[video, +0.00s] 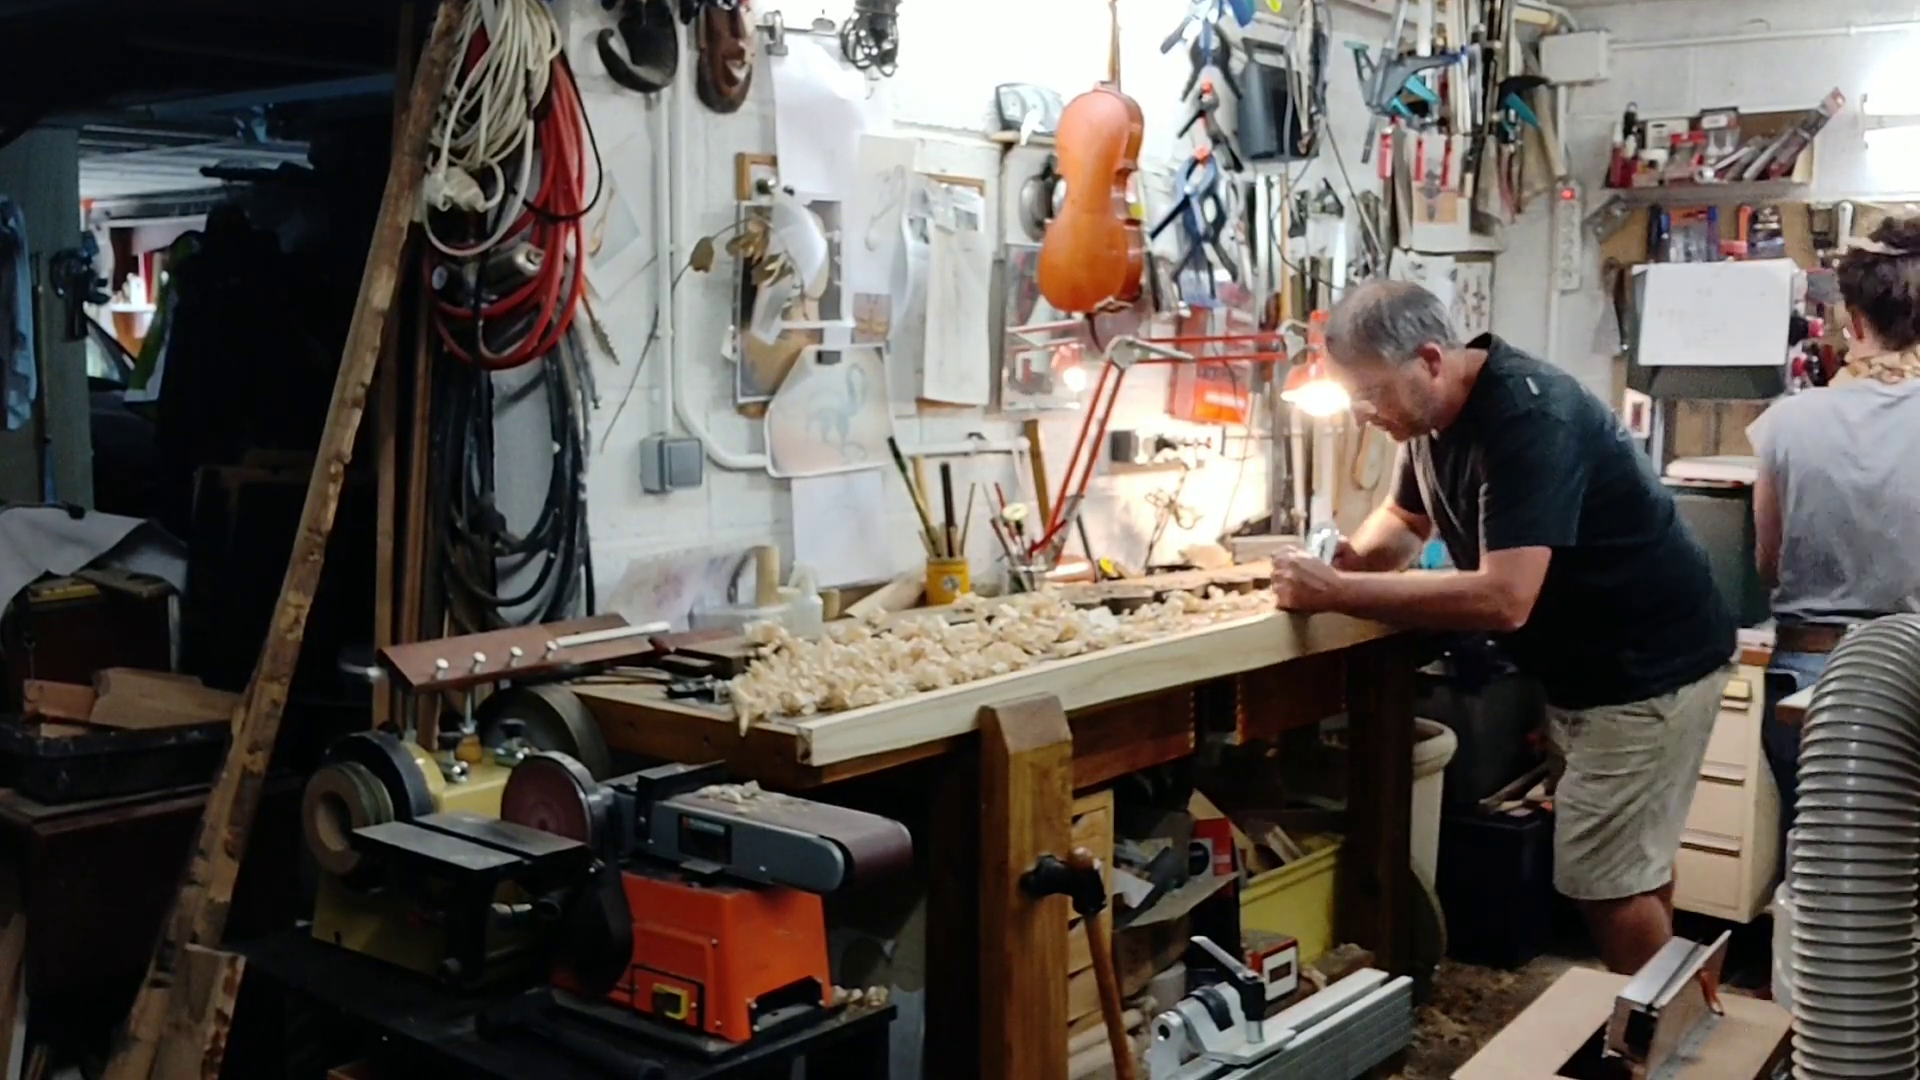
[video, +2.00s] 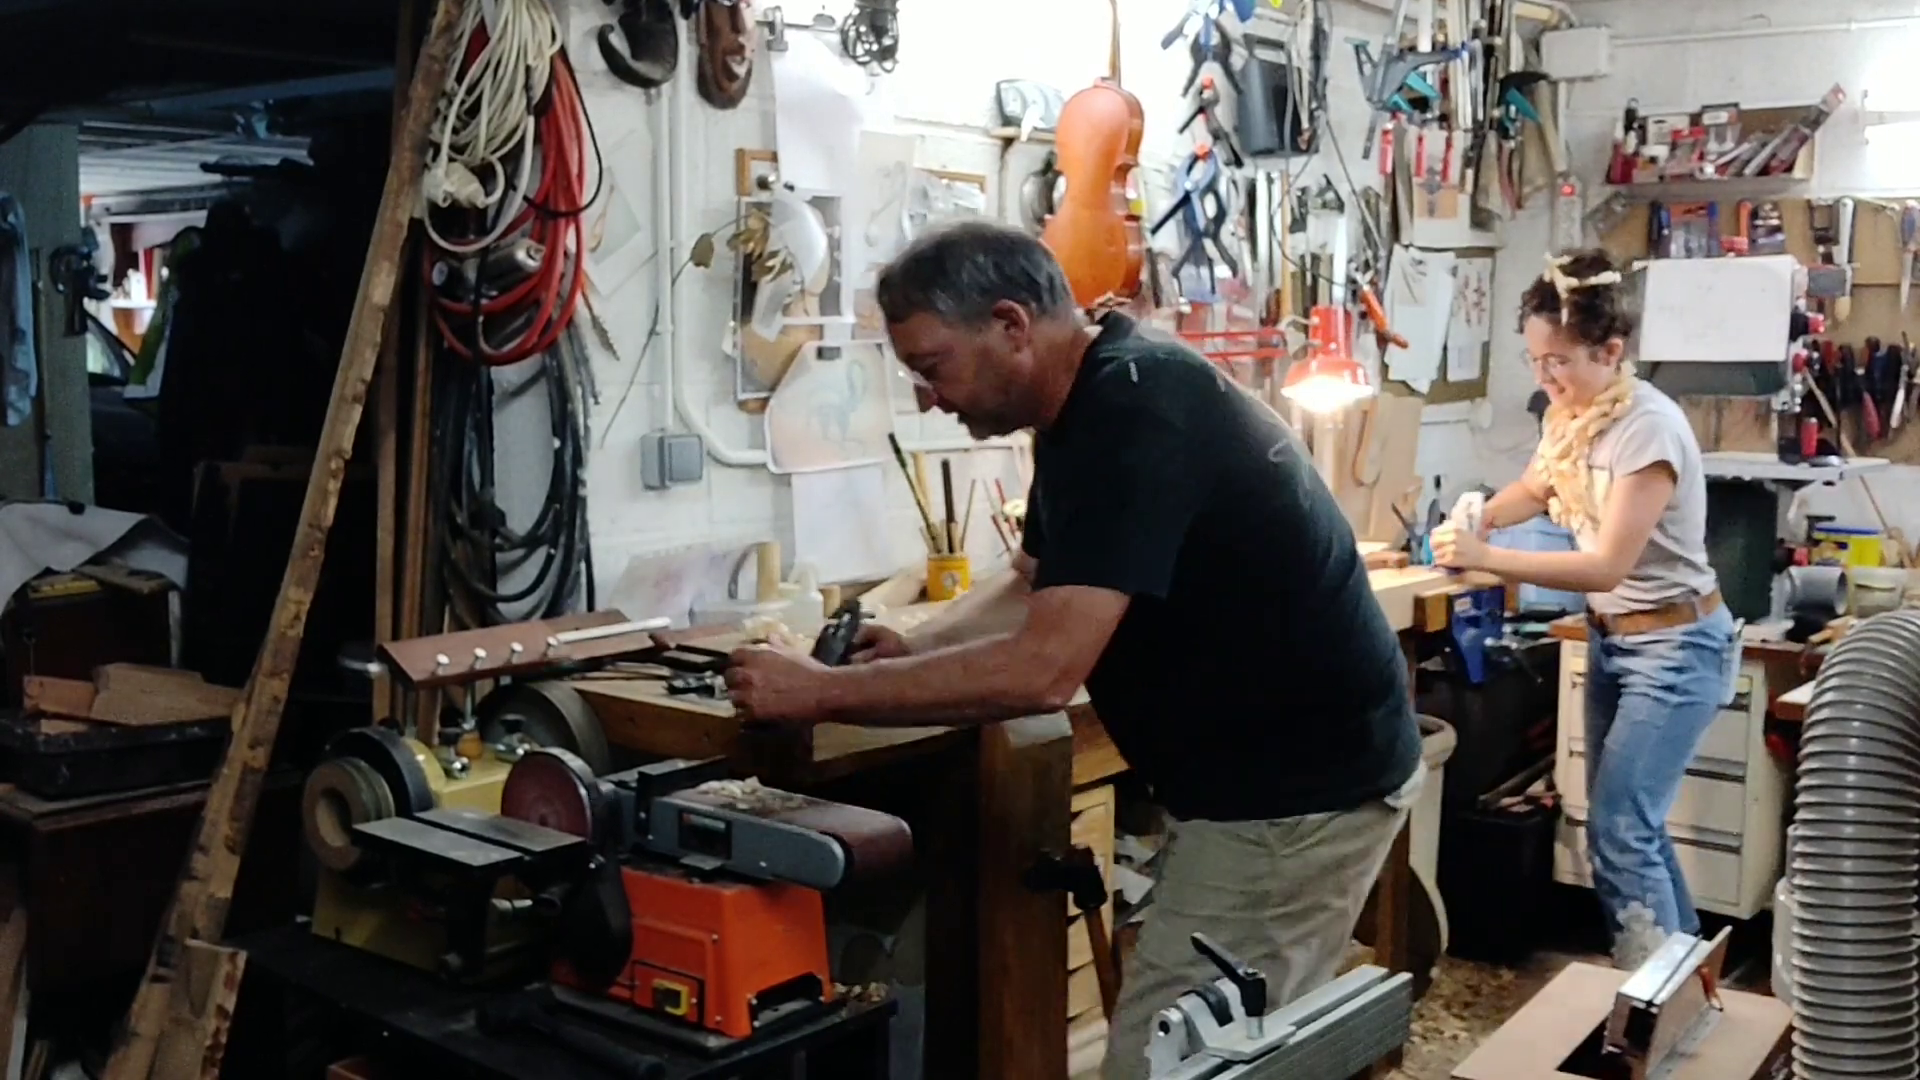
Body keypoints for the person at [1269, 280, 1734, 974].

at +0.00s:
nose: (1369, 416)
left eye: (1376, 396)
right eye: (1359, 401)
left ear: (1432, 361)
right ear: (1430, 362)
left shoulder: (1530, 416)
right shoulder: (1438, 417)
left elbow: (1504, 598)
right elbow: (1405, 520)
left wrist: (1340, 589)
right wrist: (1347, 565)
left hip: (1652, 663)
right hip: (1587, 663)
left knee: (1606, 879)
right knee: (1632, 864)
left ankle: (1662, 1047)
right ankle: (1668, 1026)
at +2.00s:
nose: (925, 397)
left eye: (931, 368)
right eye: (915, 374)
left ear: (1012, 325)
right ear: (1012, 326)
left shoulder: (1134, 409)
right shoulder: (1087, 398)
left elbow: (1047, 668)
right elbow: (1033, 584)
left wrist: (824, 691)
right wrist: (918, 647)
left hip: (1293, 790)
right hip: (1241, 776)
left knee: (1162, 1056)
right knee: (1180, 1045)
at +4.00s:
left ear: (1500, 203)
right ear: (1619, 196)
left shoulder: (1442, 295)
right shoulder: (1693, 296)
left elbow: (1347, 456)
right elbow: (1775, 514)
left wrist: (1399, 629)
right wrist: (1712, 543)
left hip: (1484, 687)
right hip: (1648, 689)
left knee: (1509, 969)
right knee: (1668, 962)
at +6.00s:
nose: (1553, 328)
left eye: (1557, 314)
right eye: (1547, 316)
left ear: (1596, 292)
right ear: (1598, 287)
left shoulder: (1687, 355)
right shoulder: (1596, 353)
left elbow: (1666, 509)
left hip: (1704, 618)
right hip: (1632, 604)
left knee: (1634, 813)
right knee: (1603, 802)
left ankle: (1637, 990)